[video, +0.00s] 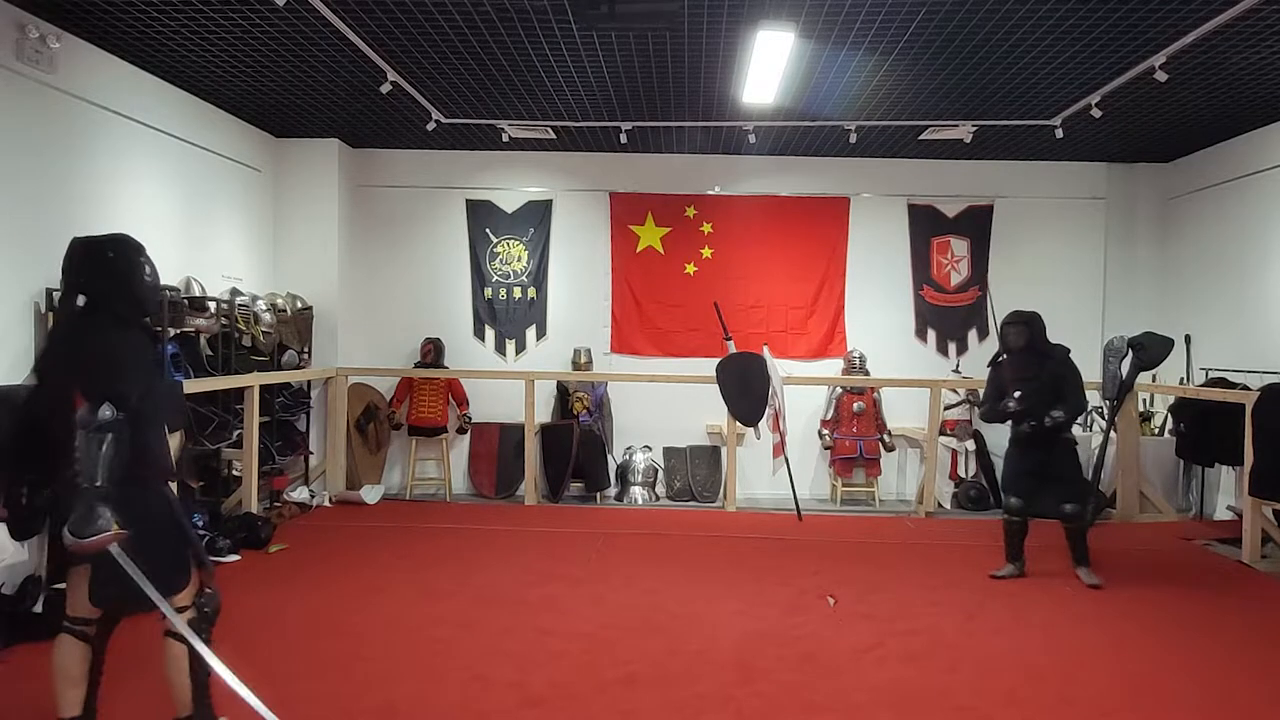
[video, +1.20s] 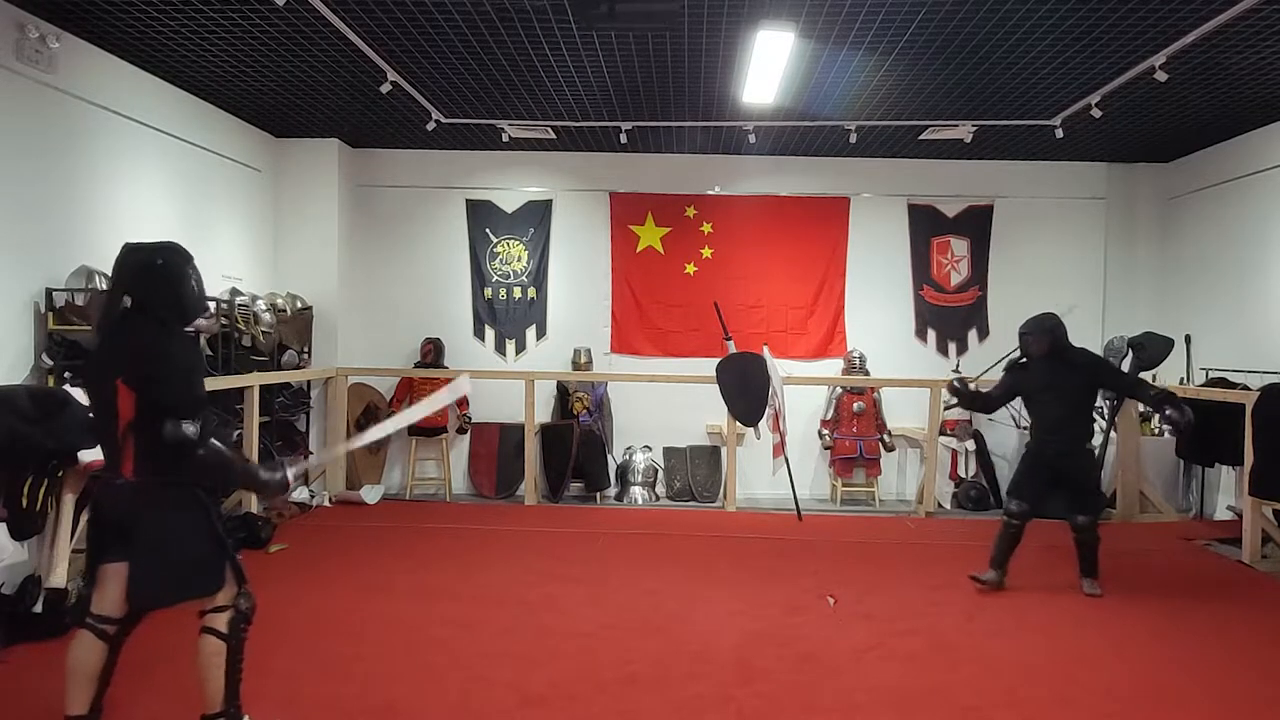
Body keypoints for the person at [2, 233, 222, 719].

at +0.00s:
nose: (151, 284)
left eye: (147, 273)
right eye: (143, 274)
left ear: (86, 282)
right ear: (128, 281)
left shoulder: (64, 338)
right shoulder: (134, 342)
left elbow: (42, 421)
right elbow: (152, 426)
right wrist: (166, 484)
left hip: (80, 492)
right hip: (135, 493)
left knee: (79, 618)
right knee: (183, 606)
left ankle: (72, 714)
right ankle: (194, 713)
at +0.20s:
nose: (164, 285)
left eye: (160, 274)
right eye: (156, 274)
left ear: (94, 283)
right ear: (136, 282)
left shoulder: (79, 341)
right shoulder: (139, 340)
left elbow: (69, 428)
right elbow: (149, 431)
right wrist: (206, 489)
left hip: (105, 495)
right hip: (161, 494)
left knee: (101, 612)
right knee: (188, 610)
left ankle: (77, 711)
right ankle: (219, 712)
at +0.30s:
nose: (173, 285)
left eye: (169, 274)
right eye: (164, 275)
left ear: (107, 283)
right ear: (143, 283)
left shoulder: (97, 339)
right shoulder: (141, 343)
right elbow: (160, 435)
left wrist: (244, 436)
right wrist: (247, 442)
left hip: (117, 497)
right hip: (161, 499)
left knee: (112, 613)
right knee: (203, 606)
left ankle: (80, 711)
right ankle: (222, 712)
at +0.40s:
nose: (184, 287)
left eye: (180, 276)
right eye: (175, 277)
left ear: (119, 287)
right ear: (153, 287)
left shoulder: (99, 343)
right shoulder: (160, 351)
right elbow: (201, 423)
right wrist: (270, 400)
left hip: (118, 500)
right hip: (170, 502)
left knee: (120, 611)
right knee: (215, 603)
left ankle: (82, 712)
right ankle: (222, 712)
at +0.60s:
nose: (211, 304)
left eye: (210, 293)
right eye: (205, 293)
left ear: (147, 289)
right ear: (183, 294)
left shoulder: (118, 341)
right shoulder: (174, 349)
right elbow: (205, 420)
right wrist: (247, 367)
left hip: (123, 498)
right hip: (177, 500)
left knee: (124, 611)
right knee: (223, 601)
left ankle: (83, 712)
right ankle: (223, 713)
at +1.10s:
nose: (201, 292)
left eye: (199, 281)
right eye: (194, 281)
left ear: (137, 286)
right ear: (172, 287)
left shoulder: (114, 337)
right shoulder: (172, 342)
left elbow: (103, 426)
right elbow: (194, 425)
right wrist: (270, 434)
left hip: (116, 495)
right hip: (169, 497)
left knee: (106, 614)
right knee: (219, 601)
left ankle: (78, 714)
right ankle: (221, 713)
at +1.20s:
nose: (199, 289)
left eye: (195, 278)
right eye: (191, 278)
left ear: (134, 287)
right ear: (169, 286)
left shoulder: (113, 337)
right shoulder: (174, 344)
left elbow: (106, 428)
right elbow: (188, 440)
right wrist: (258, 477)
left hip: (115, 495)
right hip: (171, 498)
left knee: (104, 615)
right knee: (229, 599)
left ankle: (77, 714)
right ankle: (221, 714)